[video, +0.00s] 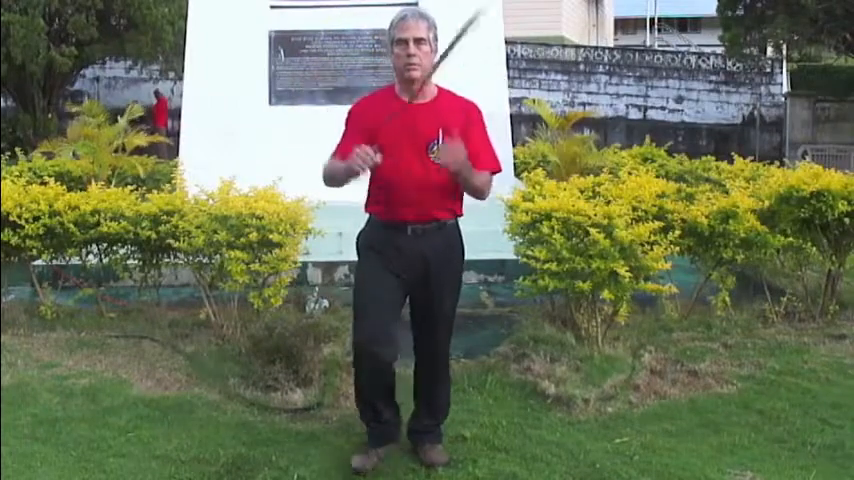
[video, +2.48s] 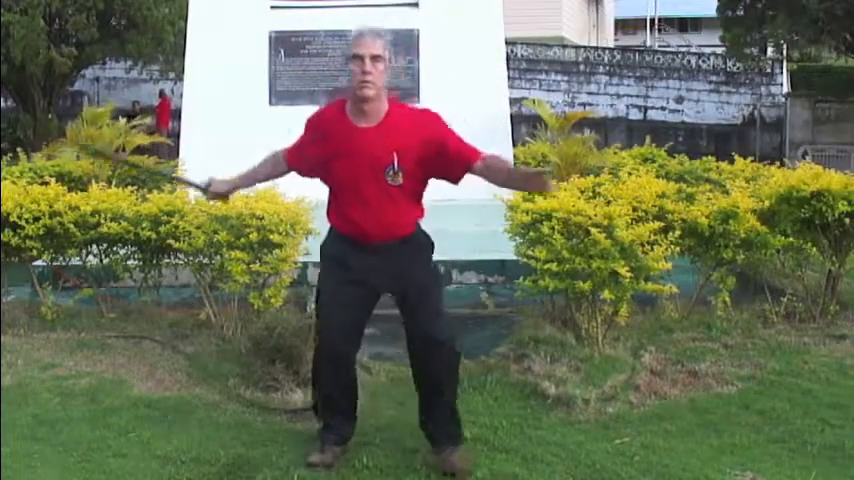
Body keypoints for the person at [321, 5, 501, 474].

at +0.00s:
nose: (411, 53)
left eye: (420, 43)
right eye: (401, 44)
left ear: (435, 50)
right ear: (390, 52)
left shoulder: (464, 112)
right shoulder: (367, 110)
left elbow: (483, 188)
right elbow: (330, 175)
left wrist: (463, 169)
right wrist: (350, 165)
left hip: (440, 242)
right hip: (381, 241)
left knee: (433, 346)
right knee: (370, 344)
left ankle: (428, 436)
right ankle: (380, 436)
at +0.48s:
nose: (387, 58)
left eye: (397, 49)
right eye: (377, 50)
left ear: (413, 57)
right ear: (365, 60)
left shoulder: (444, 121)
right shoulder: (342, 122)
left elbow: (459, 202)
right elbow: (329, 205)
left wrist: (414, 232)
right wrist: (370, 229)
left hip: (427, 261)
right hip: (365, 264)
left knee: (426, 357)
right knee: (364, 366)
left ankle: (427, 437)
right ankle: (369, 469)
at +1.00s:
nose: (368, 66)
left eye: (379, 56)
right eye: (358, 57)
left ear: (396, 62)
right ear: (346, 64)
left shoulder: (428, 124)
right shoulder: (324, 125)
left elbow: (444, 210)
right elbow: (310, 210)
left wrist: (391, 244)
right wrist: (350, 240)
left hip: (411, 263)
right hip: (345, 267)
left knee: (423, 360)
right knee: (351, 373)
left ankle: (429, 440)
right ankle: (364, 471)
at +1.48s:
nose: (402, 60)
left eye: (413, 51)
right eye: (392, 51)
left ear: (428, 57)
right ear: (380, 57)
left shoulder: (453, 117)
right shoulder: (354, 115)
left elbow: (496, 172)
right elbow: (306, 176)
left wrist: (484, 125)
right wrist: (319, 156)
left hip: (431, 256)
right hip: (370, 257)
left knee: (442, 356)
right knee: (364, 372)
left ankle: (427, 440)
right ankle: (363, 472)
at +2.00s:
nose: (396, 43)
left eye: (406, 35)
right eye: (387, 36)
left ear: (421, 45)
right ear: (376, 47)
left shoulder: (442, 102)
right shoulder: (352, 100)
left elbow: (484, 175)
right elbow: (293, 149)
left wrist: (470, 117)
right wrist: (310, 118)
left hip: (423, 236)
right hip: (364, 235)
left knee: (429, 343)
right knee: (347, 338)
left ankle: (426, 437)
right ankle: (334, 432)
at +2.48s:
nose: (365, 68)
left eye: (375, 60)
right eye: (357, 60)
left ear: (390, 68)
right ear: (347, 68)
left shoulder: (422, 125)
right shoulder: (326, 123)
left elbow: (482, 164)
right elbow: (285, 160)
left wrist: (532, 178)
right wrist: (235, 182)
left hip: (408, 252)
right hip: (346, 253)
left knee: (436, 343)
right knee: (332, 347)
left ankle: (446, 443)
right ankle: (334, 436)